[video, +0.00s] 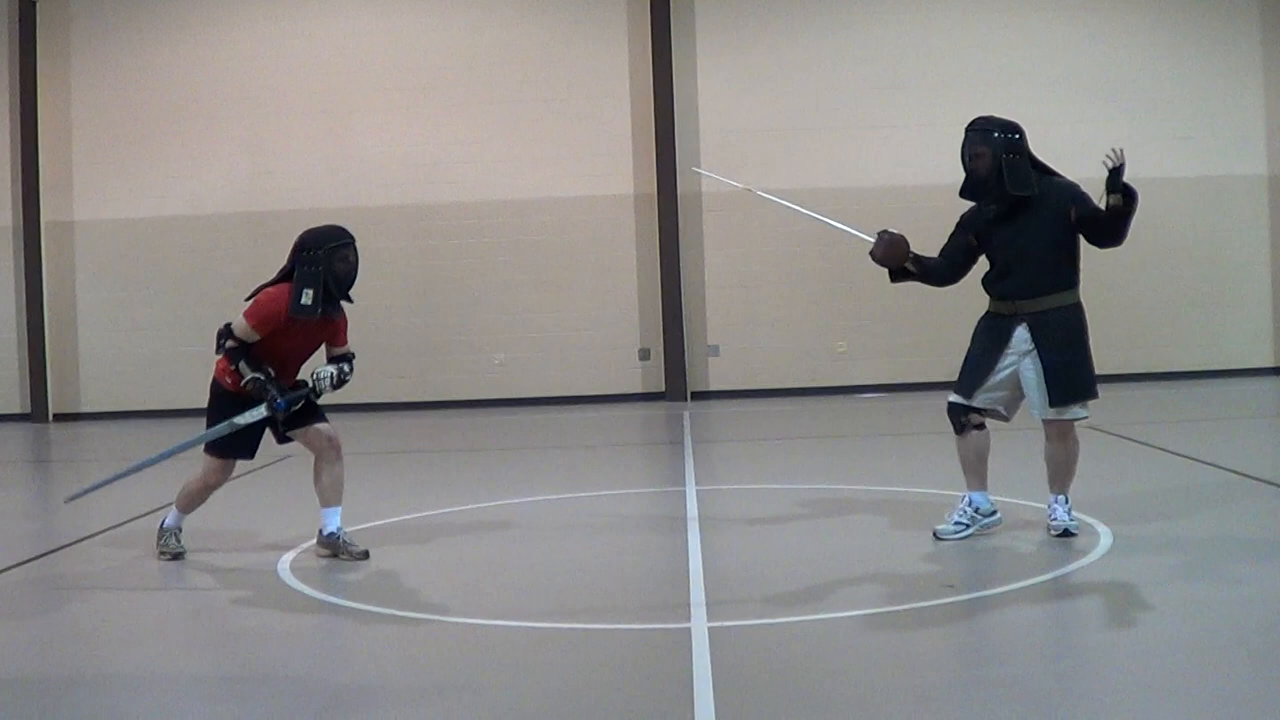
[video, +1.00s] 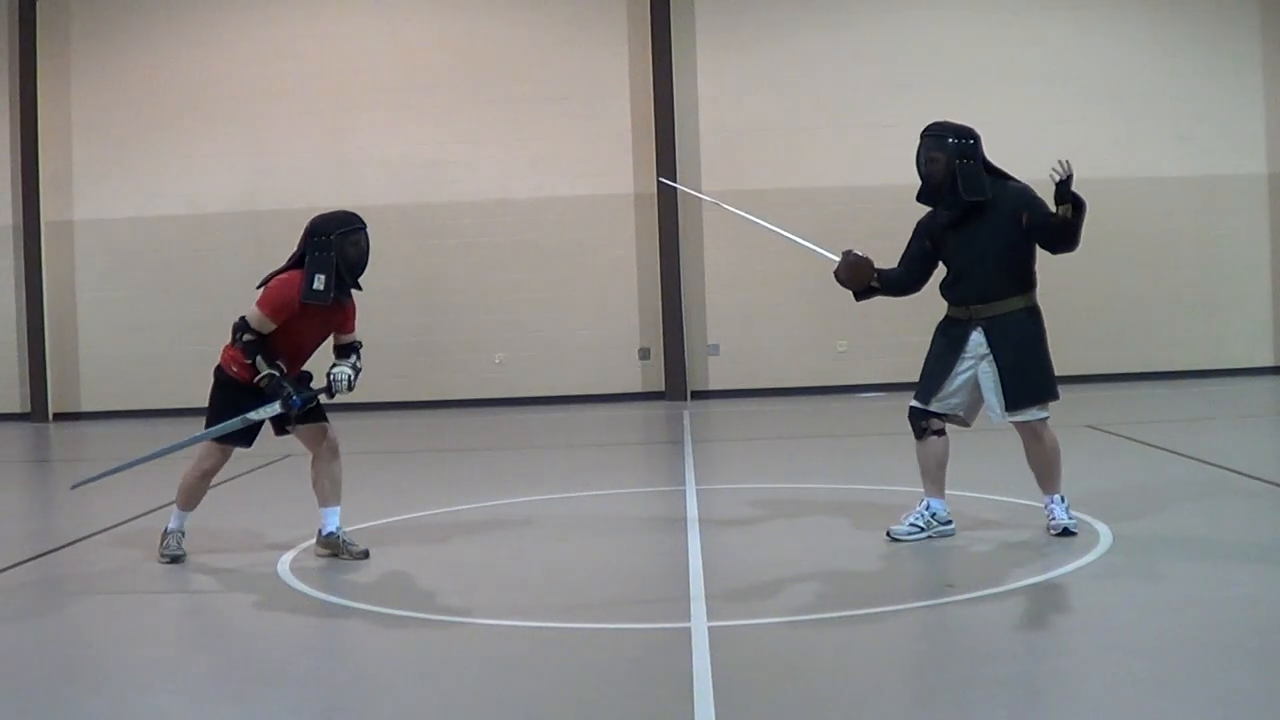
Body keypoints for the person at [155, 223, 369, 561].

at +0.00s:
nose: (349, 267)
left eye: (351, 259)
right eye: (341, 259)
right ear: (317, 263)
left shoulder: (333, 312)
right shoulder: (275, 301)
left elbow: (342, 360)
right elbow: (229, 343)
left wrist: (332, 374)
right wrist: (258, 382)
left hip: (283, 389)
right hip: (236, 387)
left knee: (328, 443)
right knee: (215, 474)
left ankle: (331, 534)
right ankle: (170, 525)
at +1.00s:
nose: (359, 253)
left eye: (361, 245)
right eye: (351, 245)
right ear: (327, 248)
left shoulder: (343, 299)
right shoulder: (287, 288)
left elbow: (347, 346)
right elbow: (243, 336)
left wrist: (345, 367)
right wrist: (273, 379)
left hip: (287, 381)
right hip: (240, 378)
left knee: (326, 445)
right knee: (211, 460)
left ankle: (330, 533)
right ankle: (175, 529)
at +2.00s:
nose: (394, 235)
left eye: (395, 227)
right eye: (386, 227)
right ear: (360, 229)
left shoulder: (374, 283)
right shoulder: (320, 270)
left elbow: (381, 330)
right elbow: (280, 324)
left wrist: (383, 352)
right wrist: (309, 364)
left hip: (319, 366)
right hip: (272, 360)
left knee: (336, 444)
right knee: (266, 445)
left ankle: (331, 533)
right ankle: (239, 532)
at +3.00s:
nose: (373, 197)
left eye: (373, 188)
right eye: (364, 188)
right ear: (338, 194)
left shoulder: (351, 254)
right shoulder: (306, 244)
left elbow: (354, 314)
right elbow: (285, 313)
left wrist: (376, 340)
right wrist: (324, 358)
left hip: (320, 369)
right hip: (275, 370)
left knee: (349, 456)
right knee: (273, 469)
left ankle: (378, 552)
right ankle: (258, 549)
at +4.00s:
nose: (544, 217)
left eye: (541, 208)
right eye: (538, 208)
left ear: (503, 218)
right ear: (519, 216)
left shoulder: (506, 260)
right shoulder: (495, 262)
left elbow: (561, 303)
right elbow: (565, 302)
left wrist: (606, 274)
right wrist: (613, 271)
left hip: (465, 390)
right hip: (426, 388)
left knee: (538, 444)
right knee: (383, 482)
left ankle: (591, 531)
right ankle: (309, 564)